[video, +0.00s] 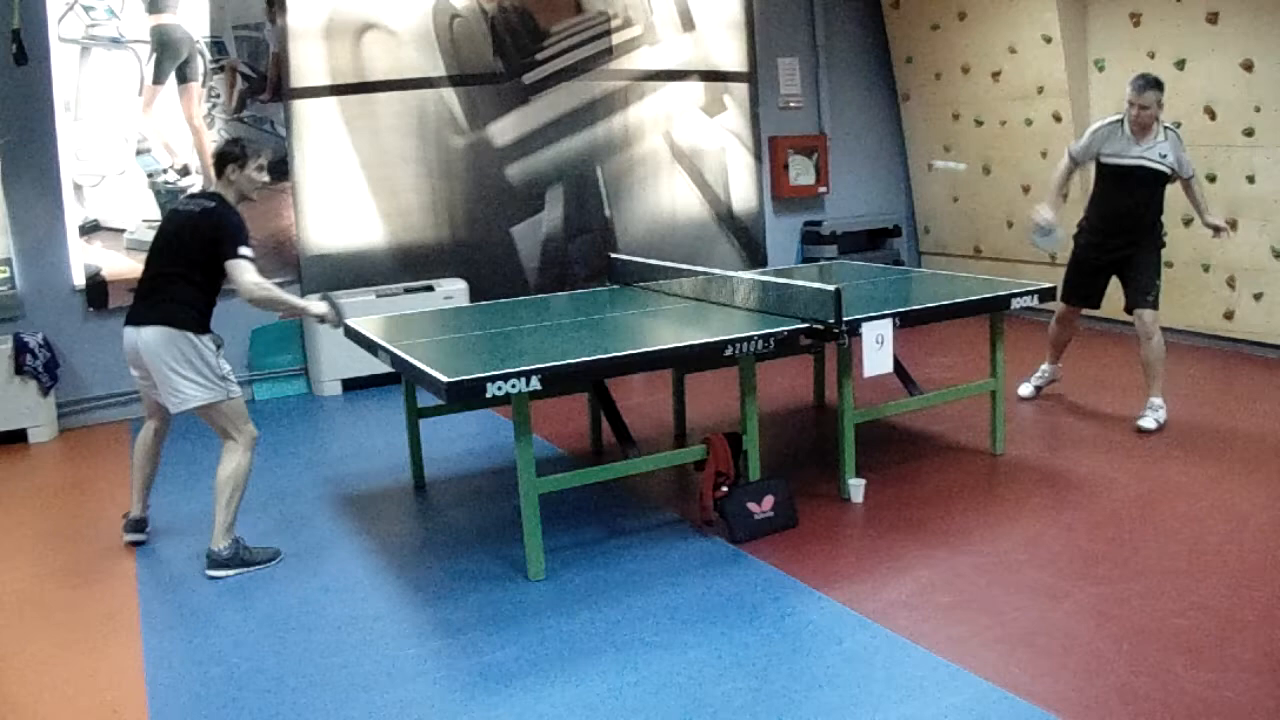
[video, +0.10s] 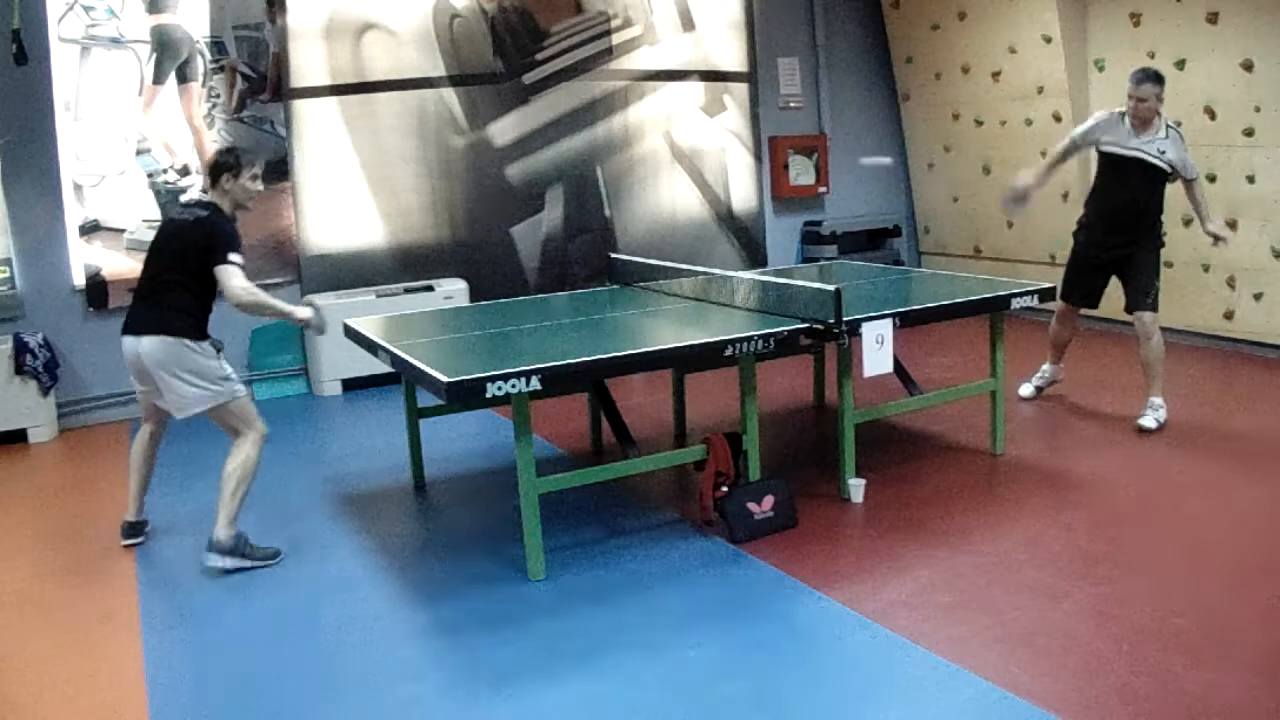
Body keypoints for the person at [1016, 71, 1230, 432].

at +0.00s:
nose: (1138, 114)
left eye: (1147, 108)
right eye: (1133, 106)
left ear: (1160, 107)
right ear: (1125, 102)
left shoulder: (1171, 140)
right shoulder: (1103, 132)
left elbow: (1187, 178)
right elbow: (1070, 163)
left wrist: (1205, 217)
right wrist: (1051, 207)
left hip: (1141, 244)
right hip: (1095, 239)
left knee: (1146, 322)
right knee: (1065, 313)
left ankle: (1155, 402)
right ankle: (1049, 368)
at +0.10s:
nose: (1137, 106)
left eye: (1145, 101)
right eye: (1133, 99)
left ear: (1160, 102)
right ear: (1127, 96)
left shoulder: (1171, 138)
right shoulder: (1105, 124)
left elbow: (1190, 178)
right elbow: (1065, 148)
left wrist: (1206, 221)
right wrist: (1033, 183)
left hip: (1141, 242)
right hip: (1095, 235)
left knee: (1145, 322)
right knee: (1066, 311)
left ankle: (1155, 402)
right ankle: (1051, 369)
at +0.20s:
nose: (1128, 100)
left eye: (1136, 95)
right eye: (1125, 93)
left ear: (1154, 96)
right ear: (1122, 90)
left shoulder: (1167, 139)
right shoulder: (1108, 116)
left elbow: (1187, 185)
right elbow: (1075, 130)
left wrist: (1200, 230)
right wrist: (1032, 137)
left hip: (1136, 240)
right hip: (1092, 231)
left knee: (1144, 322)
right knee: (1063, 307)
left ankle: (1155, 401)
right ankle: (1053, 367)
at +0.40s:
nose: (1108, 102)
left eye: (1115, 96)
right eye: (1106, 96)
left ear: (1136, 98)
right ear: (1105, 97)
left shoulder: (1145, 139)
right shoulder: (1102, 125)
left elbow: (1161, 190)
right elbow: (1080, 147)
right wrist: (1041, 130)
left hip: (1119, 242)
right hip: (1082, 236)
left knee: (1130, 323)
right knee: (1063, 310)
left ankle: (1154, 402)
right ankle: (1066, 372)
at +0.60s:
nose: (1081, 101)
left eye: (1087, 95)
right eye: (1079, 95)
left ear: (1108, 96)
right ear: (1078, 97)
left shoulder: (1123, 134)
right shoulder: (1080, 129)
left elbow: (1137, 186)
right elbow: (1067, 170)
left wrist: (1118, 215)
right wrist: (1025, 179)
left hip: (1107, 241)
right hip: (1071, 238)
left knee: (1123, 319)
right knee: (1058, 308)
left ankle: (1150, 400)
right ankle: (1067, 374)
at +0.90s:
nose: (1045, 110)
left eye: (1049, 102)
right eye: (1043, 104)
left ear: (1071, 100)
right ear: (1051, 106)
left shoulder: (1098, 133)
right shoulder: (1054, 141)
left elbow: (1122, 175)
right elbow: (1049, 189)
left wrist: (1095, 209)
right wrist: (1008, 209)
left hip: (1102, 243)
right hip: (1065, 241)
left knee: (1114, 322)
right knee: (1034, 308)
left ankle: (1141, 393)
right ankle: (1057, 368)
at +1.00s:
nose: (1024, 117)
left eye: (1029, 110)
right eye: (1023, 110)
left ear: (1051, 110)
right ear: (1034, 113)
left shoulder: (1074, 136)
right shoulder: (1040, 149)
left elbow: (1100, 173)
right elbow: (1029, 195)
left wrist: (1065, 205)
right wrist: (983, 213)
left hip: (1095, 245)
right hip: (1060, 244)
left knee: (1107, 323)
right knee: (1016, 305)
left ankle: (1140, 393)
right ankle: (1012, 374)